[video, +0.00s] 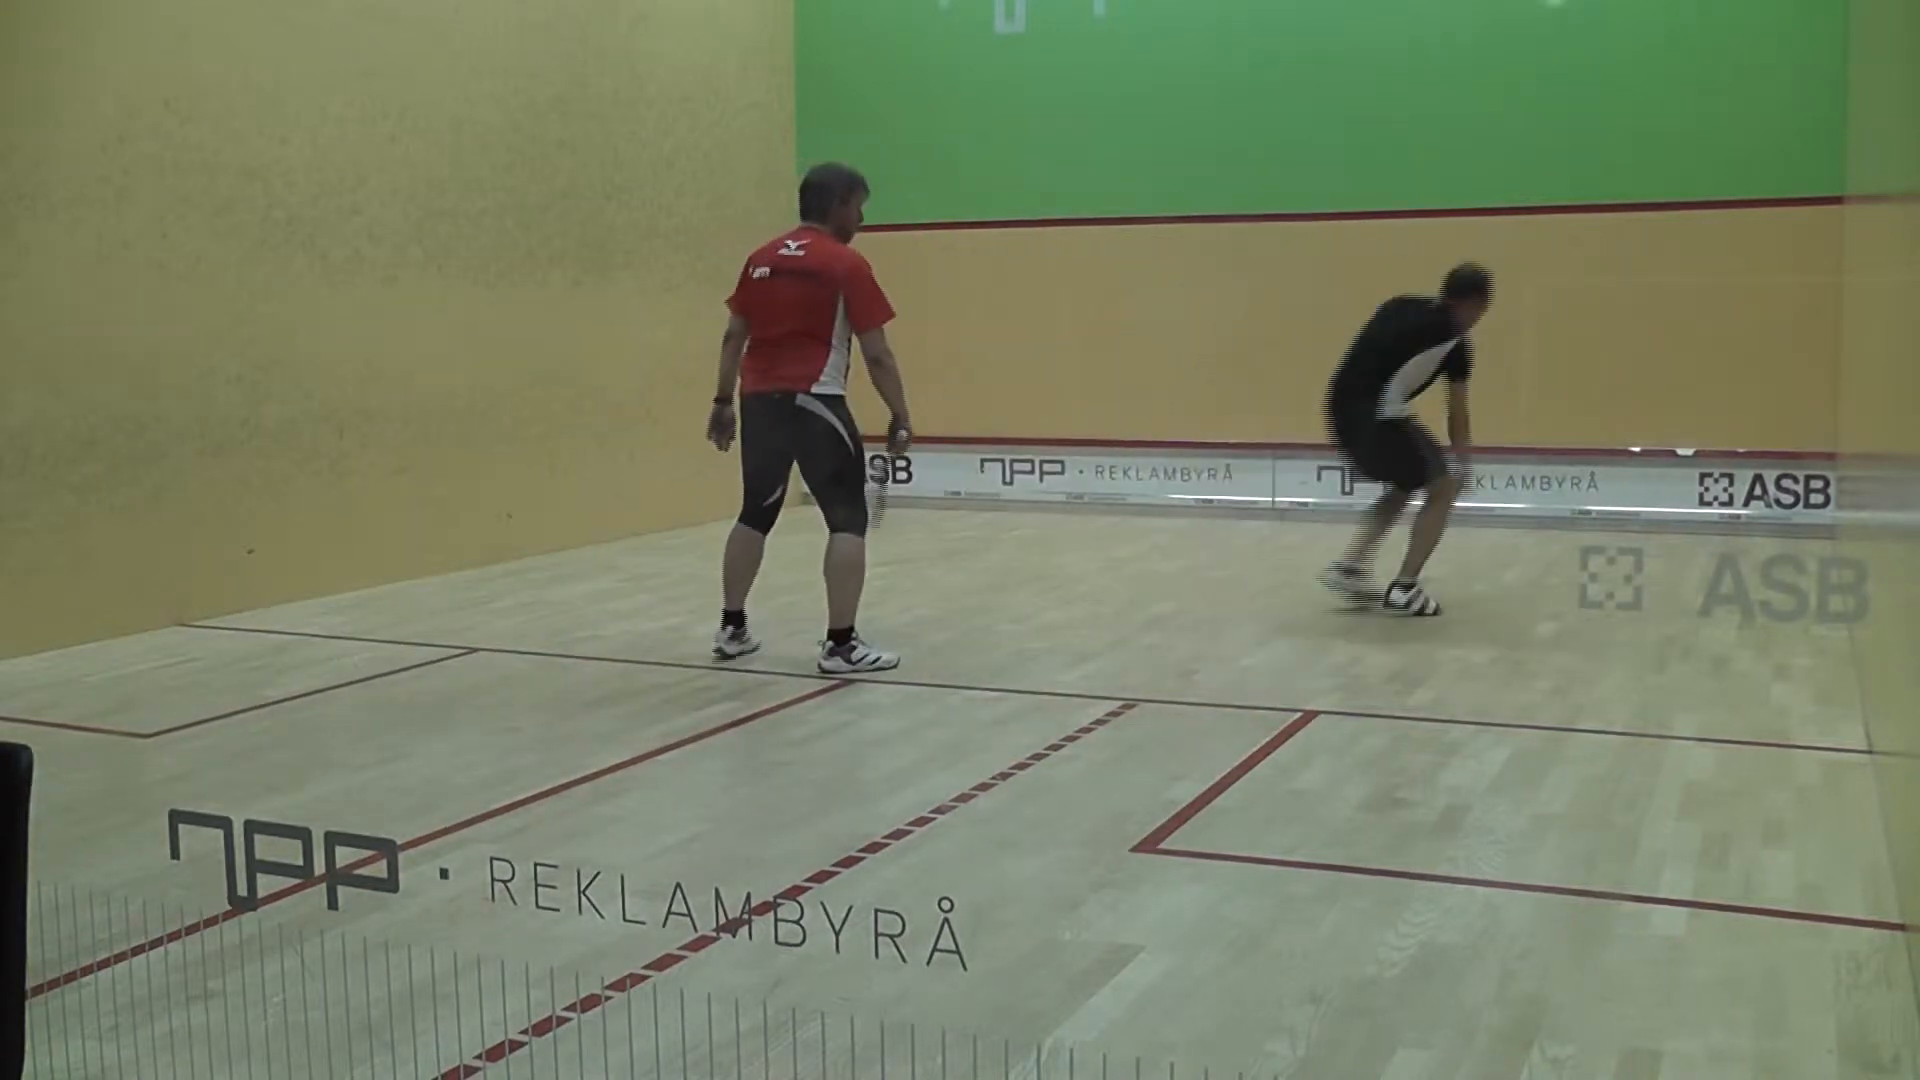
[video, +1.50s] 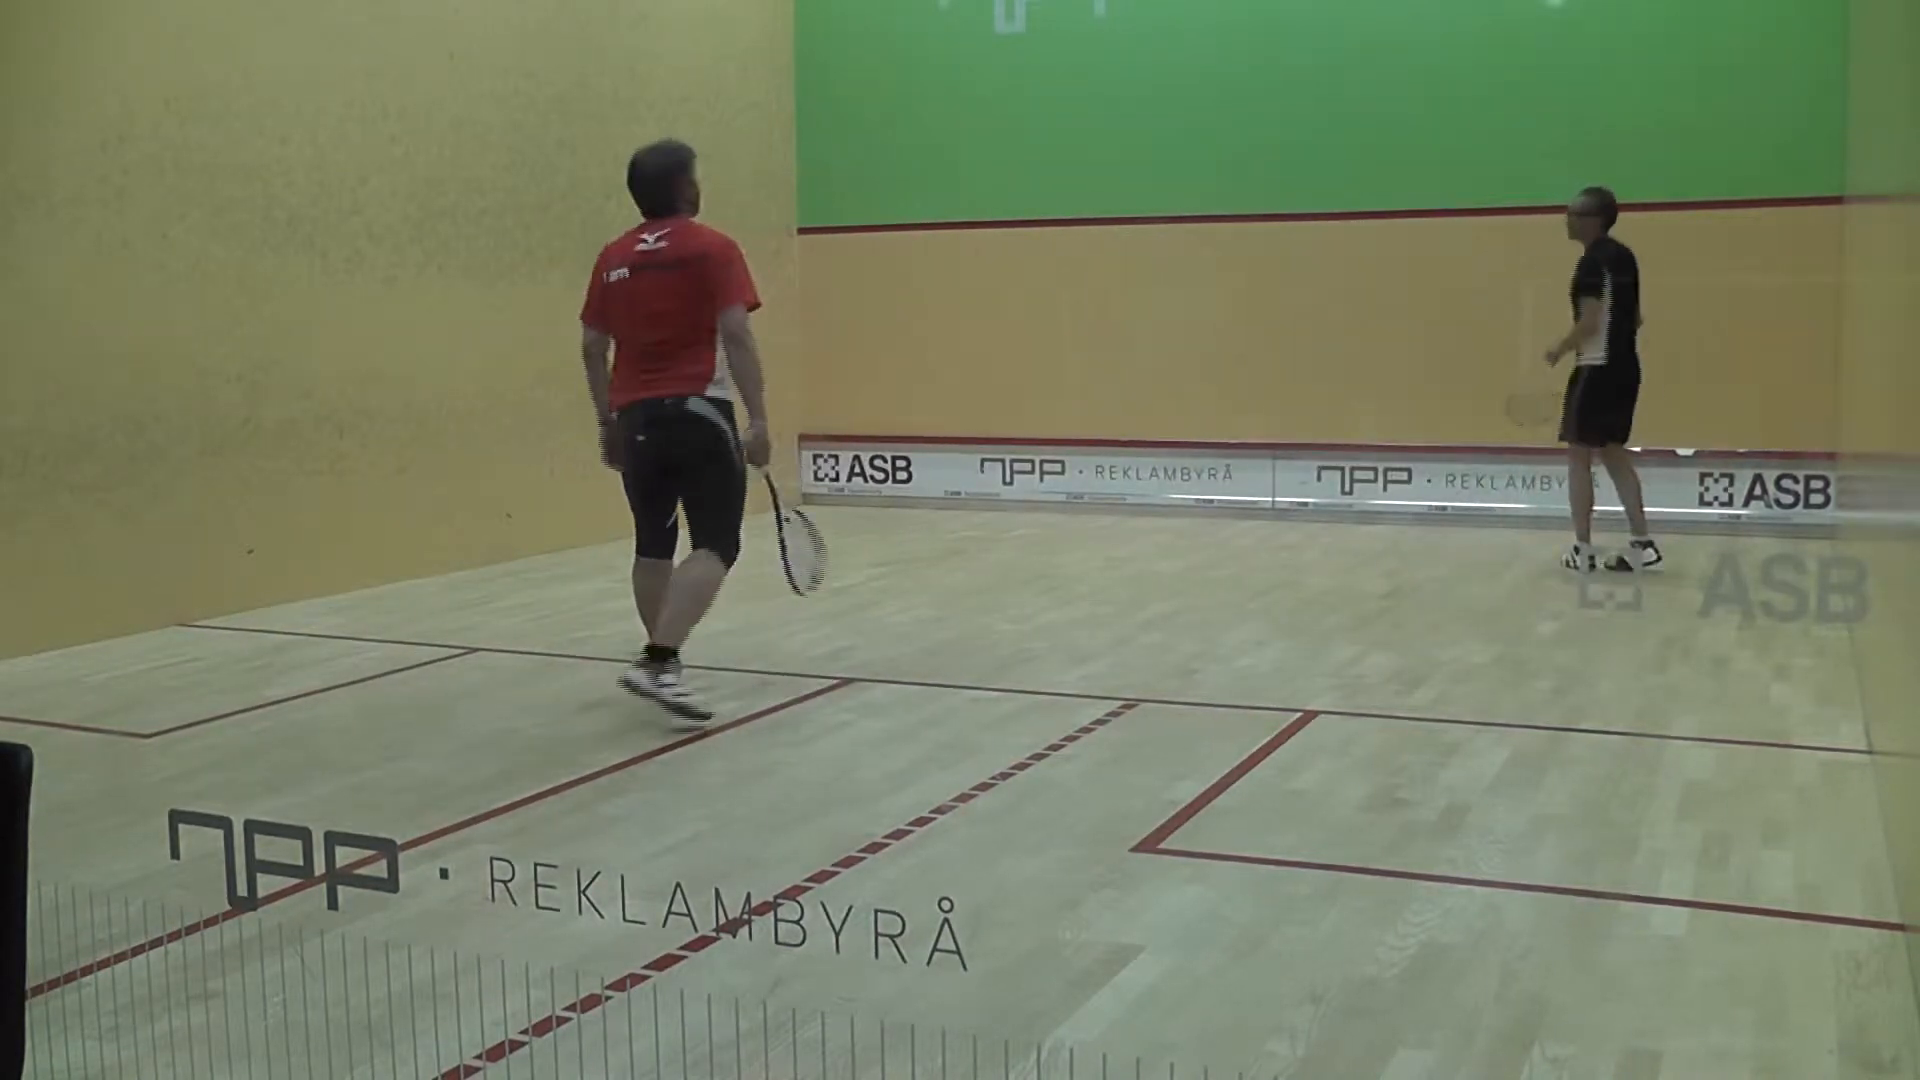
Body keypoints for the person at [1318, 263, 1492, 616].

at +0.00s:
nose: (1482, 313)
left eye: (1484, 305)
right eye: (1481, 305)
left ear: (1447, 294)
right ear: (1464, 302)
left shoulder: (1402, 307)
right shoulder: (1455, 345)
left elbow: (1361, 363)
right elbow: (1457, 410)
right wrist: (1464, 464)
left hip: (1346, 415)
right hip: (1383, 422)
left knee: (1405, 484)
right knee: (1444, 486)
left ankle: (1351, 566)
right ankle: (1405, 586)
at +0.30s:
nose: (1510, 252)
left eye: (1506, 245)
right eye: (1510, 246)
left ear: (1475, 244)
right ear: (1507, 245)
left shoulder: (1444, 279)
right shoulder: (1516, 287)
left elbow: (1422, 343)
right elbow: (1509, 349)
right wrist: (1492, 378)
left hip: (1443, 398)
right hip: (1487, 398)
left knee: (1476, 476)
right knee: (1517, 479)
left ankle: (1477, 567)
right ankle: (1477, 540)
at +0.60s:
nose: (1556, 227)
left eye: (1542, 219)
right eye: (1559, 220)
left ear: (1526, 223)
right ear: (1560, 222)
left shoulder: (1504, 268)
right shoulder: (1576, 269)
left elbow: (1486, 331)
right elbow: (1601, 324)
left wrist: (1504, 365)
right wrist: (1618, 370)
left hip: (1517, 386)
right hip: (1565, 386)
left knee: (1509, 472)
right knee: (1582, 471)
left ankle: (1481, 554)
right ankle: (1590, 558)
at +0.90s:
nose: (1538, 219)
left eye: (1542, 212)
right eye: (1540, 212)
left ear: (1556, 214)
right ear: (1577, 215)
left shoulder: (1540, 258)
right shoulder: (1608, 252)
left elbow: (1529, 317)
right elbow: (1629, 312)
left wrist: (1520, 373)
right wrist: (1657, 364)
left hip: (1555, 371)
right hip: (1599, 371)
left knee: (1556, 456)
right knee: (1599, 462)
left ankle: (1561, 542)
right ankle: (1593, 552)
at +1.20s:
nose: (1553, 224)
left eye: (1558, 218)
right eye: (1554, 217)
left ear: (1574, 221)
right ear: (1592, 222)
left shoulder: (1555, 264)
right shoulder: (1620, 260)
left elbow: (1542, 328)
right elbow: (1636, 320)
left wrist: (1529, 385)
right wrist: (1649, 372)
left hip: (1570, 378)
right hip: (1611, 375)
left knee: (1570, 464)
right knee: (1612, 452)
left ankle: (1582, 548)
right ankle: (1622, 524)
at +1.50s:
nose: (1567, 220)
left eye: (1574, 214)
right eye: (1569, 213)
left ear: (1594, 220)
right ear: (1600, 220)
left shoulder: (1591, 261)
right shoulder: (1624, 256)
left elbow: (1591, 321)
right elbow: (1635, 319)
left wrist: (1560, 347)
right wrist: (1600, 341)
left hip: (1595, 370)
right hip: (1623, 369)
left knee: (1579, 457)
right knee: (1614, 452)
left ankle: (1582, 548)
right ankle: (1643, 542)